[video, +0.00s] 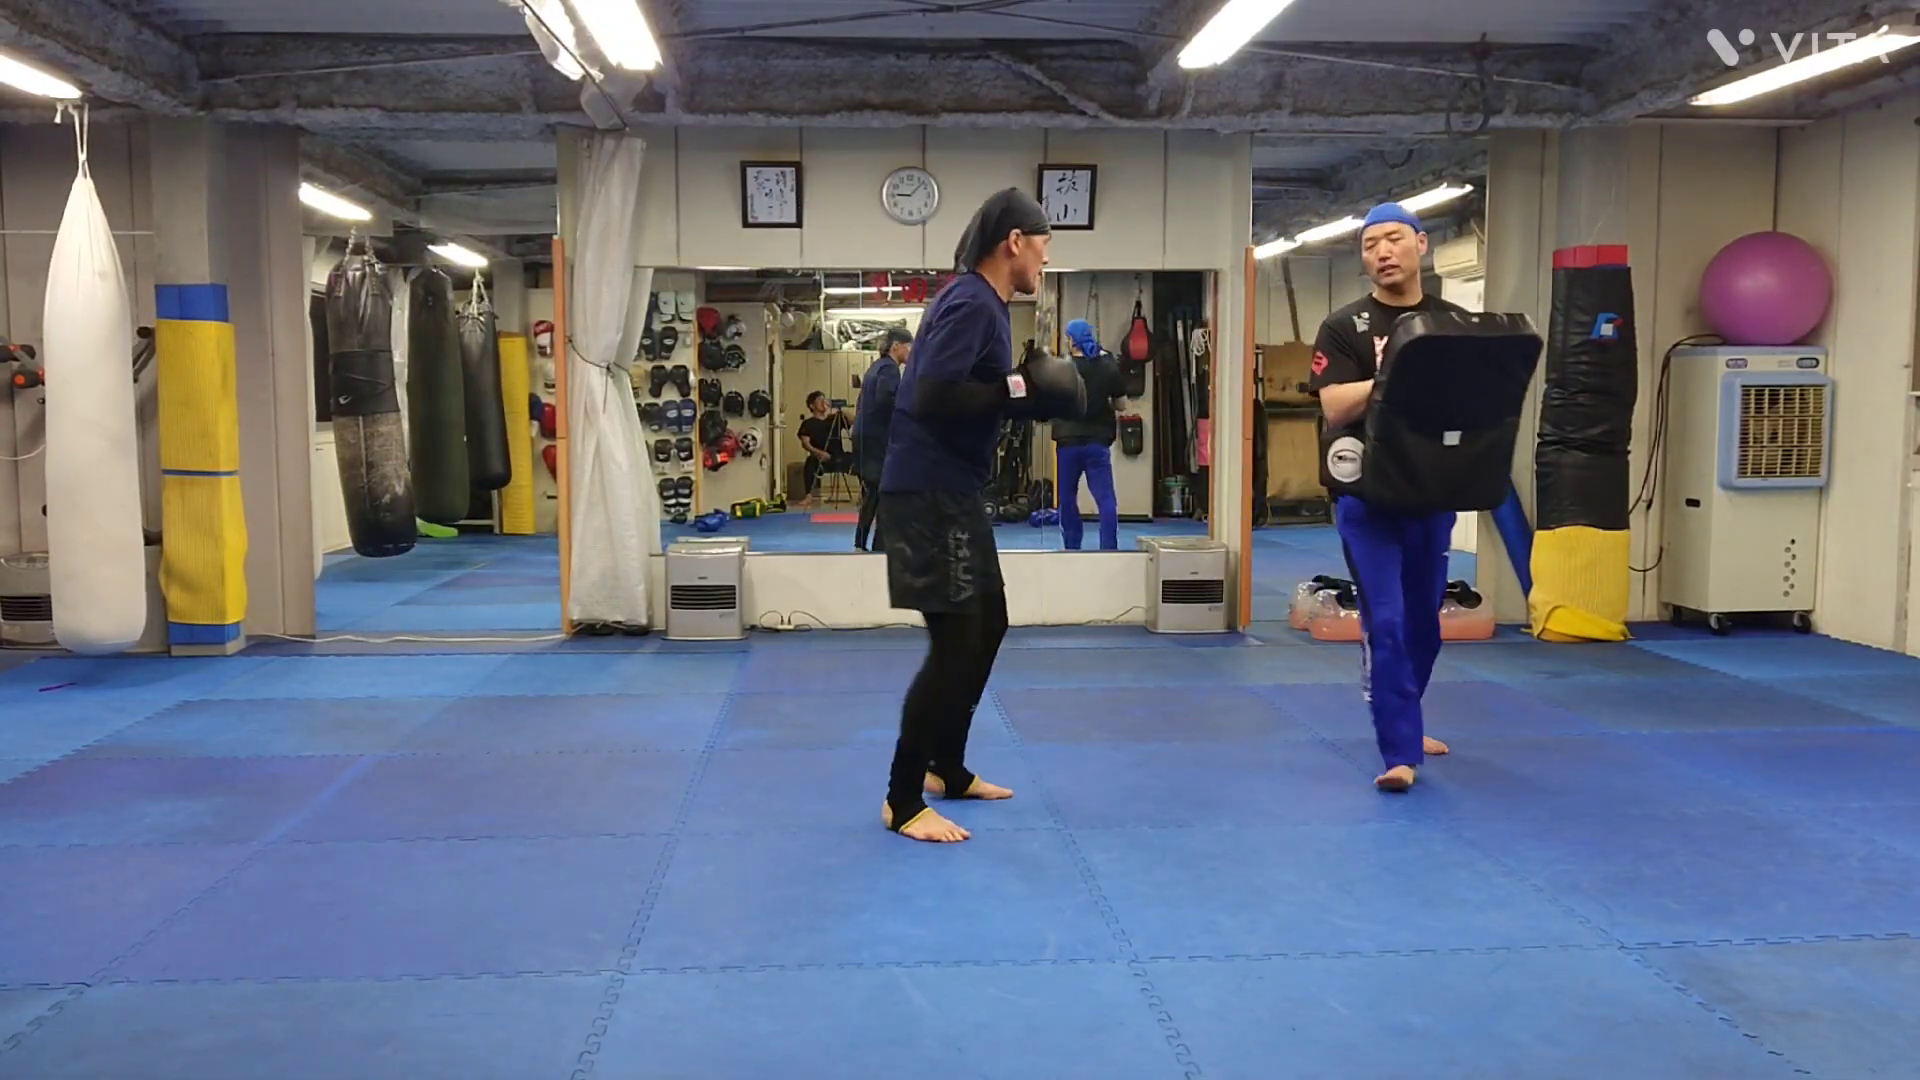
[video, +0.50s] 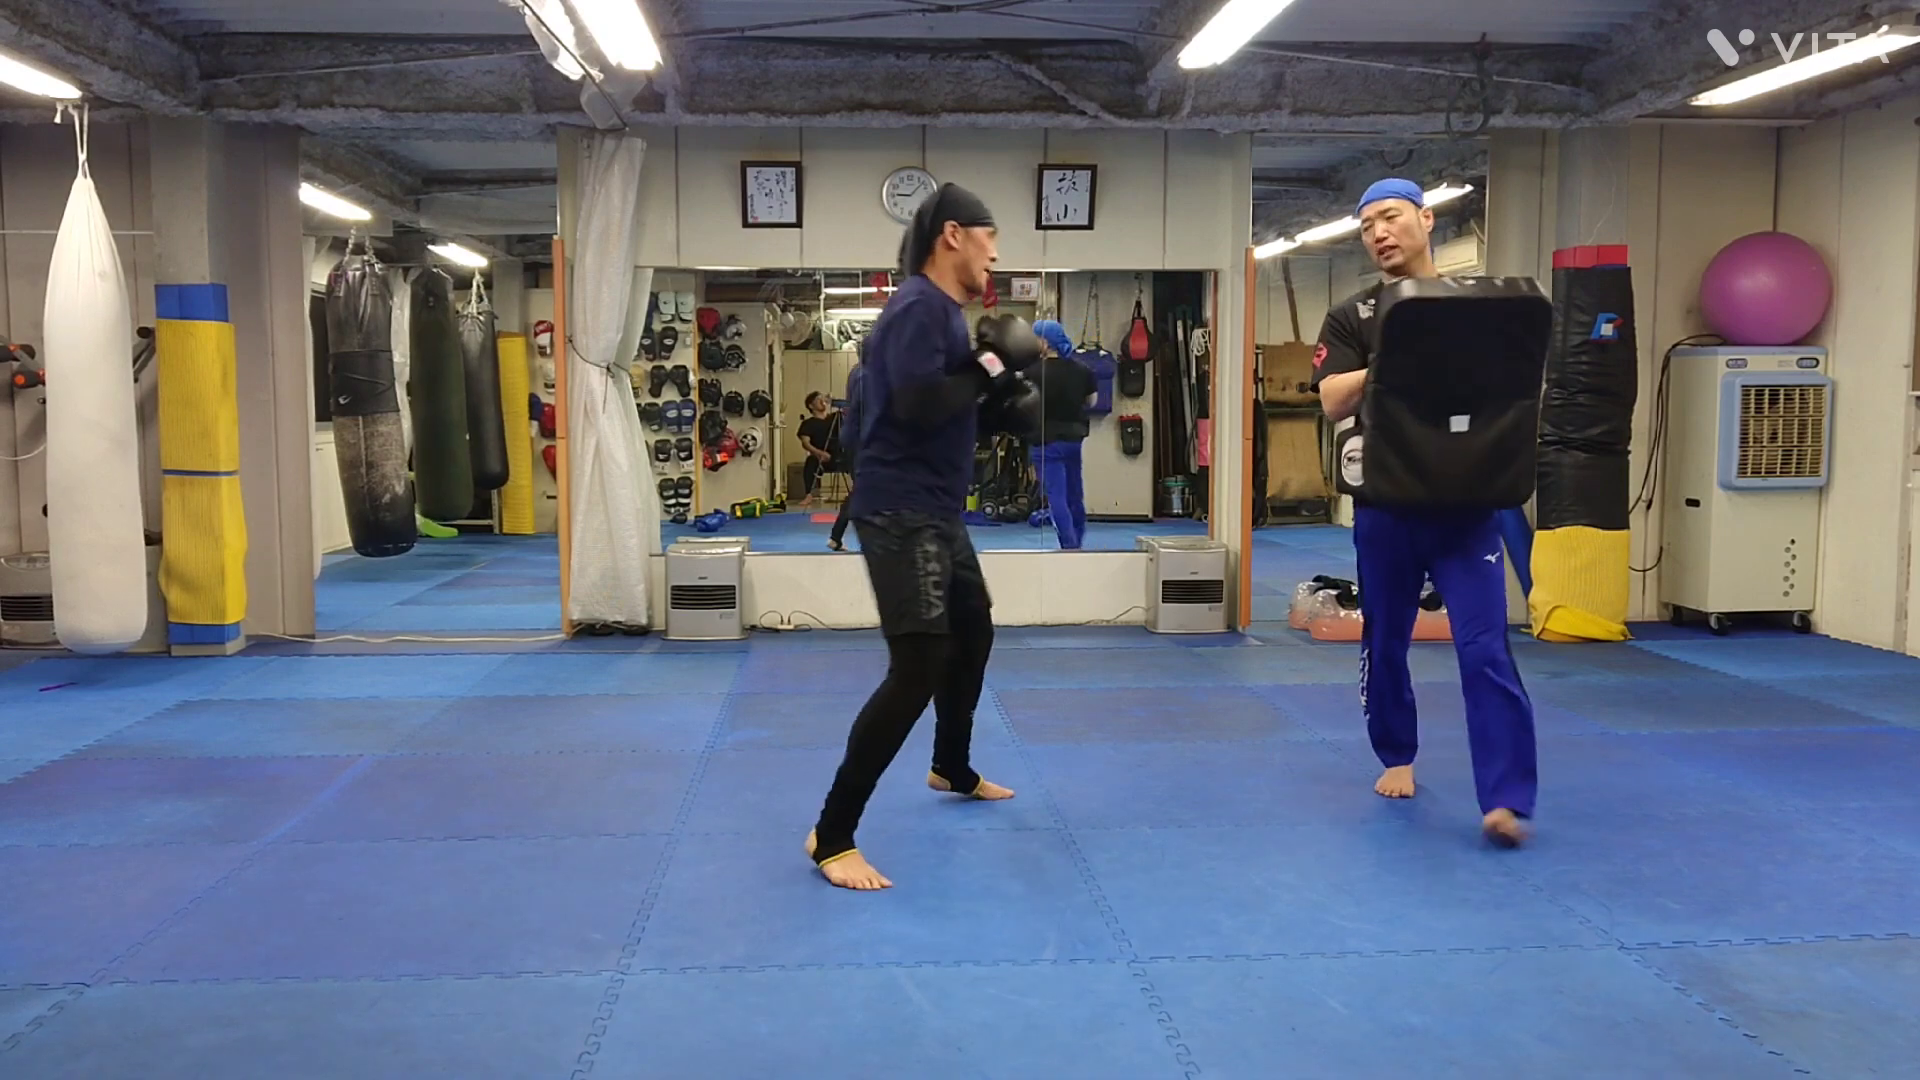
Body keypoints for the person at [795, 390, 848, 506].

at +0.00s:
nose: (824, 402)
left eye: (824, 399)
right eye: (820, 400)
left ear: (827, 402)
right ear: (812, 406)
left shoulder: (836, 418)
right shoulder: (808, 423)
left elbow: (853, 421)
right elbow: (805, 444)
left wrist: (840, 411)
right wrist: (819, 453)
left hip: (838, 456)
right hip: (821, 458)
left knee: (861, 460)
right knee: (810, 462)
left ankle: (865, 495)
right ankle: (809, 495)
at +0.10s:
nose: (824, 402)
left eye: (824, 400)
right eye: (820, 401)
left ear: (827, 402)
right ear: (812, 406)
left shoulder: (835, 418)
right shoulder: (808, 423)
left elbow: (853, 421)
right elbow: (805, 443)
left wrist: (840, 411)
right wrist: (820, 453)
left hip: (838, 456)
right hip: (821, 459)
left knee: (860, 458)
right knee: (811, 461)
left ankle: (865, 494)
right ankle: (809, 495)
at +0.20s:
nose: (822, 403)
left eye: (823, 400)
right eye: (818, 401)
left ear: (826, 402)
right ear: (811, 406)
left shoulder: (835, 418)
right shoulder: (808, 423)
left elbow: (853, 419)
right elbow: (805, 444)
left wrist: (841, 409)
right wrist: (820, 453)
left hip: (838, 457)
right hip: (820, 460)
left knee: (860, 458)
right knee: (811, 461)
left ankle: (866, 492)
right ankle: (808, 495)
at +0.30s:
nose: (822, 402)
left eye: (823, 400)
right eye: (818, 400)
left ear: (826, 402)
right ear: (811, 406)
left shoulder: (835, 418)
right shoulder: (808, 423)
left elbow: (853, 418)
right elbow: (805, 444)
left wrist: (840, 409)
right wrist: (820, 453)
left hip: (838, 457)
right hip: (820, 460)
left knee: (859, 458)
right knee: (811, 461)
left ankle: (866, 491)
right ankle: (808, 495)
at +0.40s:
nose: (822, 402)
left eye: (823, 399)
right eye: (818, 400)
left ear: (826, 402)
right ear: (811, 406)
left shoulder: (835, 418)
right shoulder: (808, 423)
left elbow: (851, 420)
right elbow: (805, 443)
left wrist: (842, 409)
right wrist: (820, 453)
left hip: (838, 457)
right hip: (820, 461)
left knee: (859, 458)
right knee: (811, 461)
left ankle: (860, 492)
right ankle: (809, 495)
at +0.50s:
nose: (823, 401)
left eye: (823, 399)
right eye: (818, 400)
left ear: (826, 402)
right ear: (811, 406)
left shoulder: (835, 418)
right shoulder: (808, 423)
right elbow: (806, 444)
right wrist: (820, 453)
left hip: (839, 455)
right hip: (821, 457)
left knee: (854, 457)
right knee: (811, 461)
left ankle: (857, 490)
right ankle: (808, 495)